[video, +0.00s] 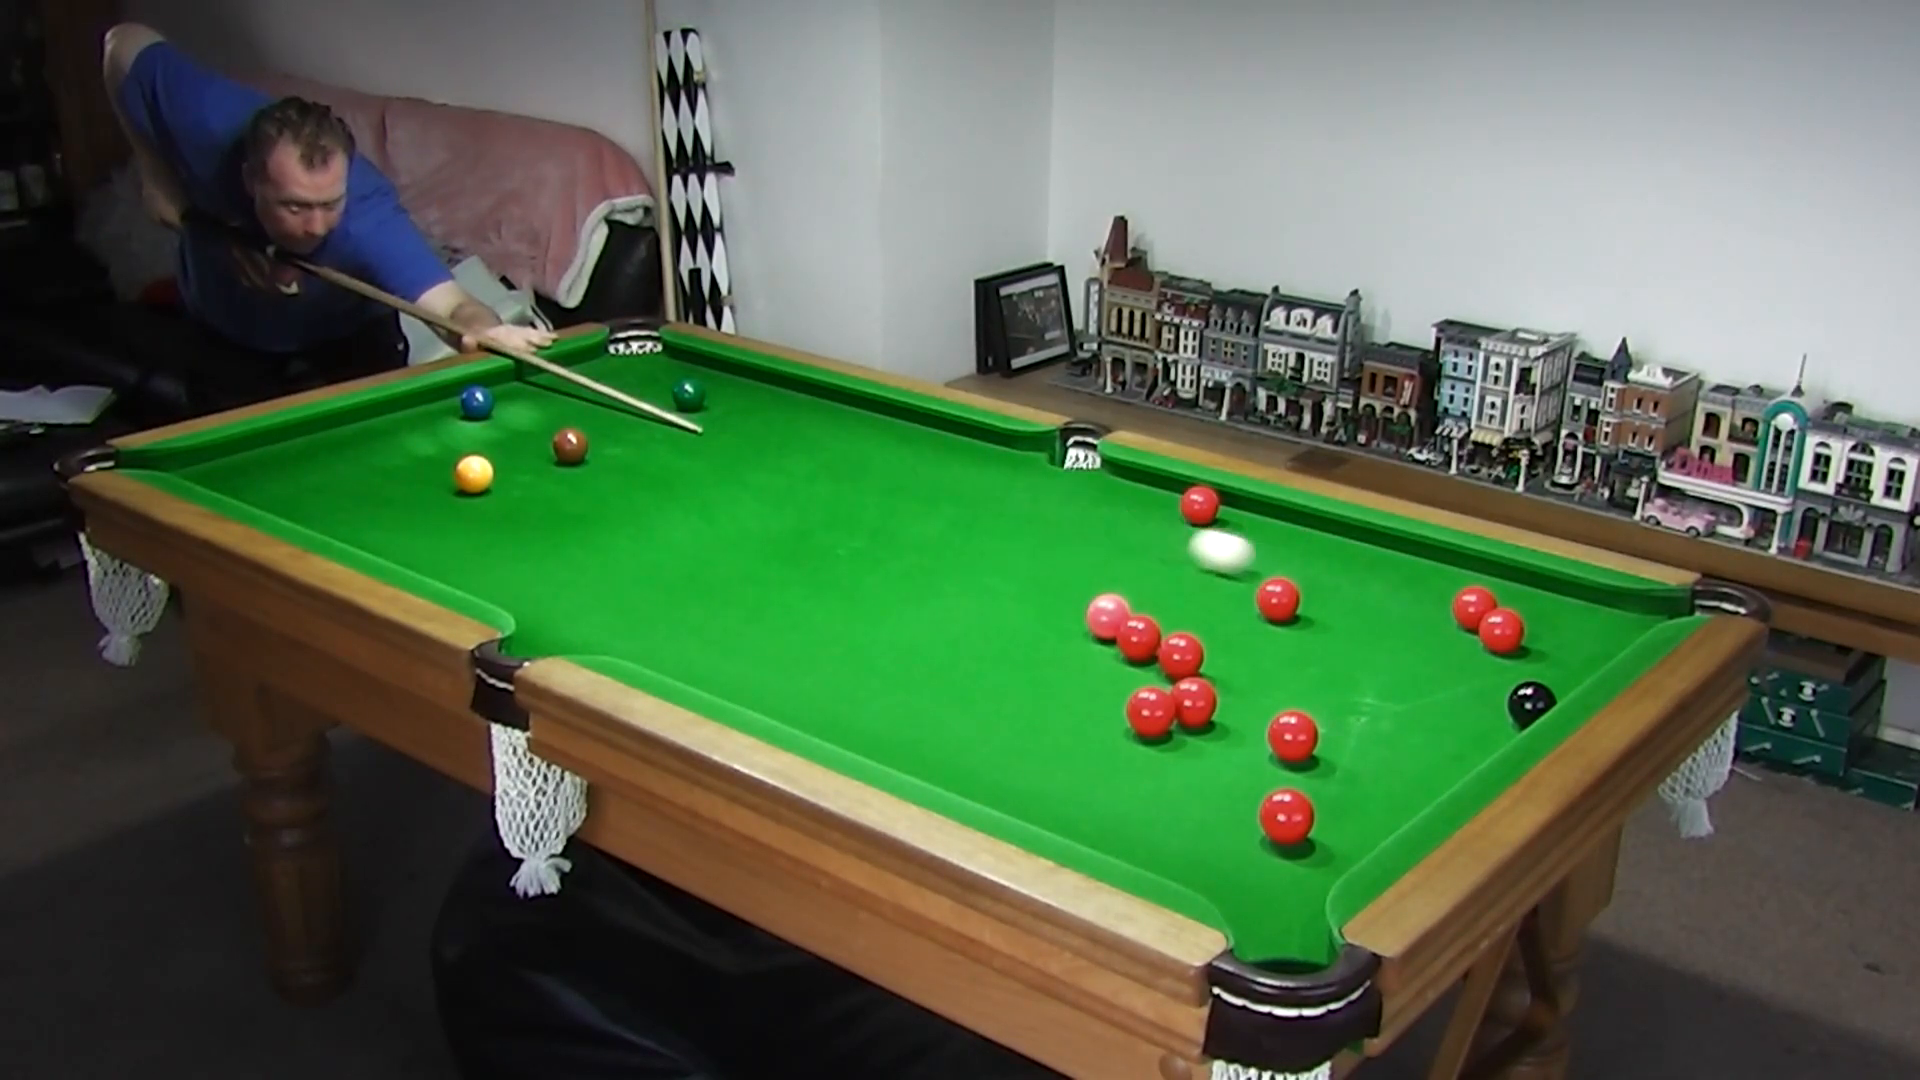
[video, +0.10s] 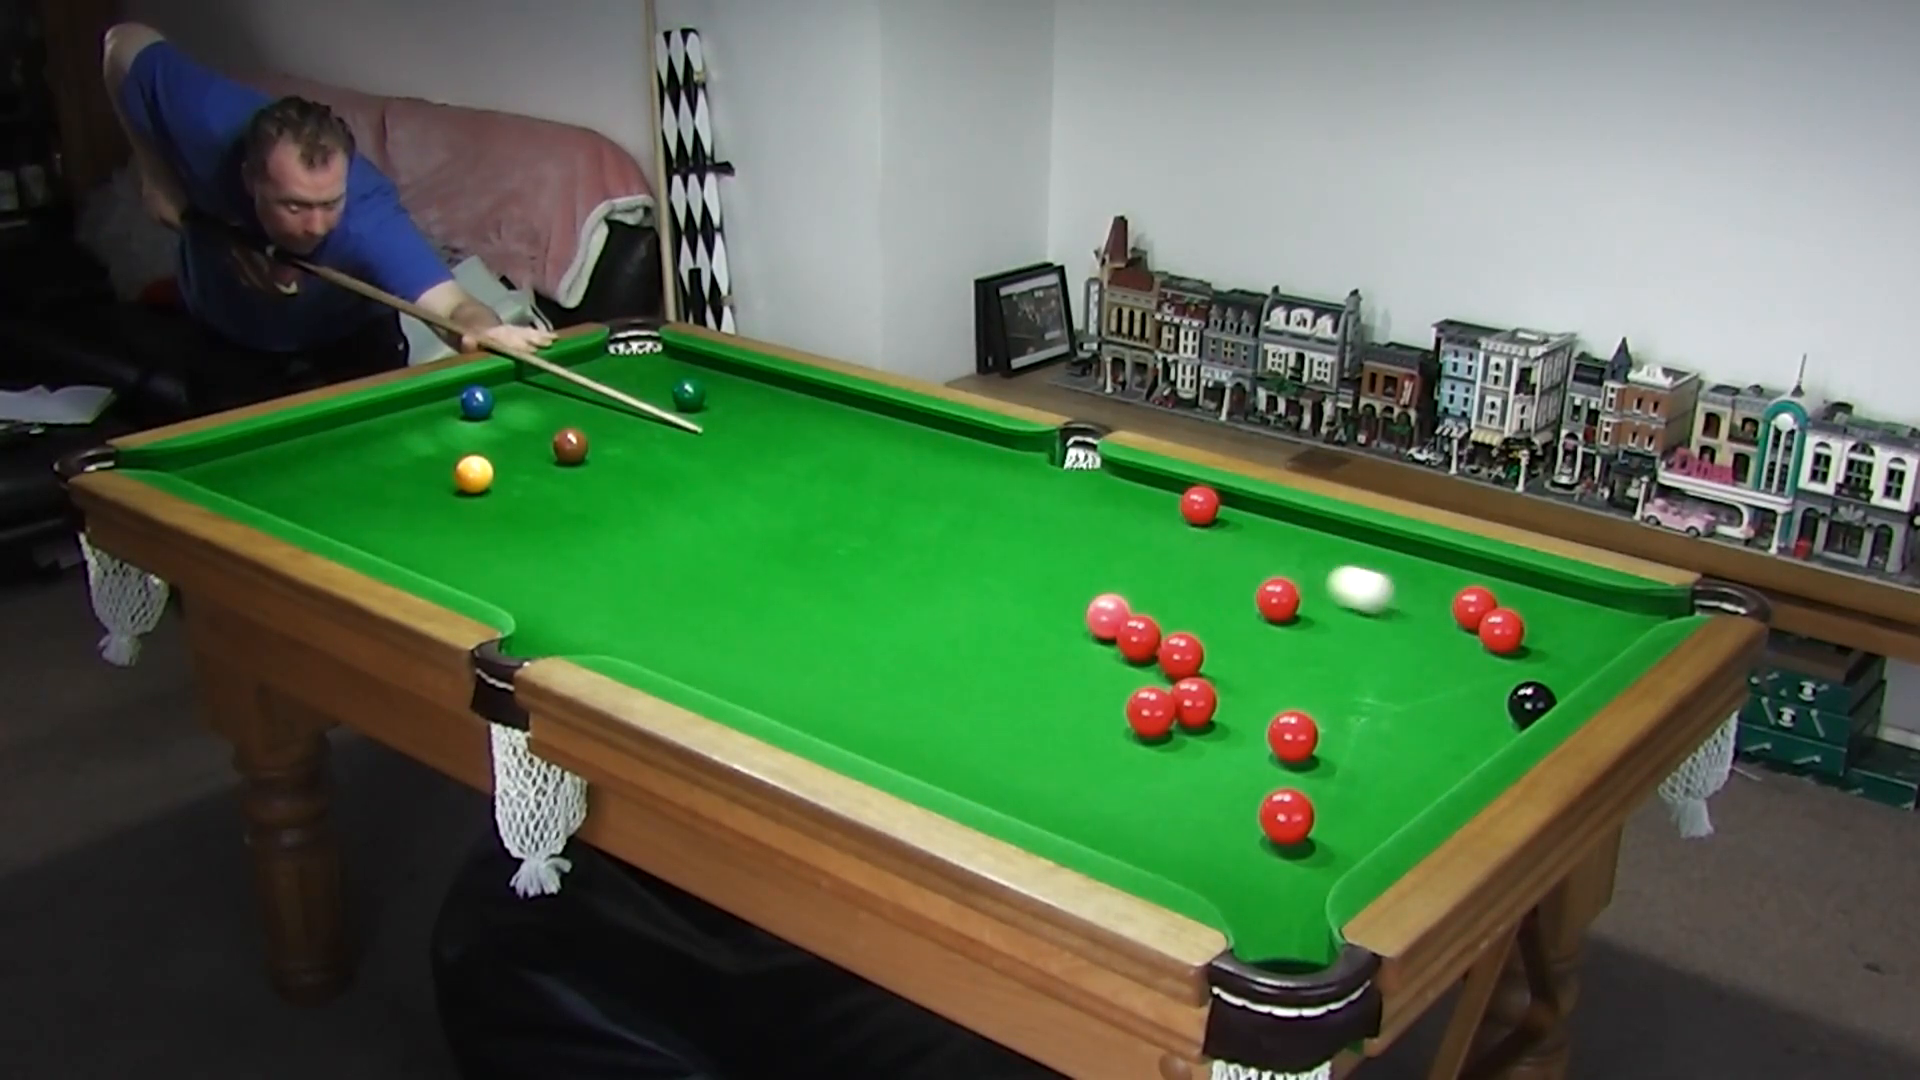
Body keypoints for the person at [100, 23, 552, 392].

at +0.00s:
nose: (318, 226)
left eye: (331, 205)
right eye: (296, 207)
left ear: (346, 182)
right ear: (251, 181)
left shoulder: (369, 213)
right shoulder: (211, 129)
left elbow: (448, 304)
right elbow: (121, 43)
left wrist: (488, 330)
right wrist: (157, 178)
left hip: (347, 325)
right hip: (228, 314)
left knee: (358, 463)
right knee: (233, 457)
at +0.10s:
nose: (317, 224)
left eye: (331, 204)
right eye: (295, 206)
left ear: (346, 180)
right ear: (251, 179)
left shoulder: (369, 212)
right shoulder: (211, 128)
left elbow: (449, 304)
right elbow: (122, 43)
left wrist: (488, 330)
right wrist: (156, 176)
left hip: (347, 325)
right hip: (229, 317)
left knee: (363, 463)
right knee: (236, 460)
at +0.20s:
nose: (315, 222)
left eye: (329, 202)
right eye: (294, 204)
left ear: (345, 179)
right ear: (250, 177)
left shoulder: (368, 212)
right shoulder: (211, 128)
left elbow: (447, 303)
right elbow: (121, 41)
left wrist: (490, 330)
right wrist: (154, 173)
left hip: (348, 325)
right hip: (228, 317)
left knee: (363, 466)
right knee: (235, 461)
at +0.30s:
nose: (314, 220)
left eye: (328, 201)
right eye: (293, 202)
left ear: (345, 179)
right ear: (249, 175)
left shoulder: (368, 212)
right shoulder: (209, 127)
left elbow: (447, 302)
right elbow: (119, 42)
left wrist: (489, 330)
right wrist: (154, 175)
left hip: (347, 323)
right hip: (226, 315)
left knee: (364, 466)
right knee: (233, 461)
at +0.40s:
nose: (312, 210)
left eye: (326, 190)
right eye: (292, 192)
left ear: (342, 169)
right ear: (246, 167)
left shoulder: (365, 207)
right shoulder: (203, 123)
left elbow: (447, 300)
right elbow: (110, 45)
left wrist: (488, 330)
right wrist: (150, 177)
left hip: (344, 322)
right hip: (221, 315)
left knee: (368, 466)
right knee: (232, 462)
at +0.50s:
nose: (306, 199)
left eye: (320, 177)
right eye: (285, 180)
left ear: (337, 158)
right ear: (242, 160)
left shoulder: (361, 194)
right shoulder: (197, 121)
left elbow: (445, 292)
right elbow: (101, 50)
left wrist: (484, 326)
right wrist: (145, 177)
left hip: (342, 328)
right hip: (219, 323)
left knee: (373, 471)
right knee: (232, 471)